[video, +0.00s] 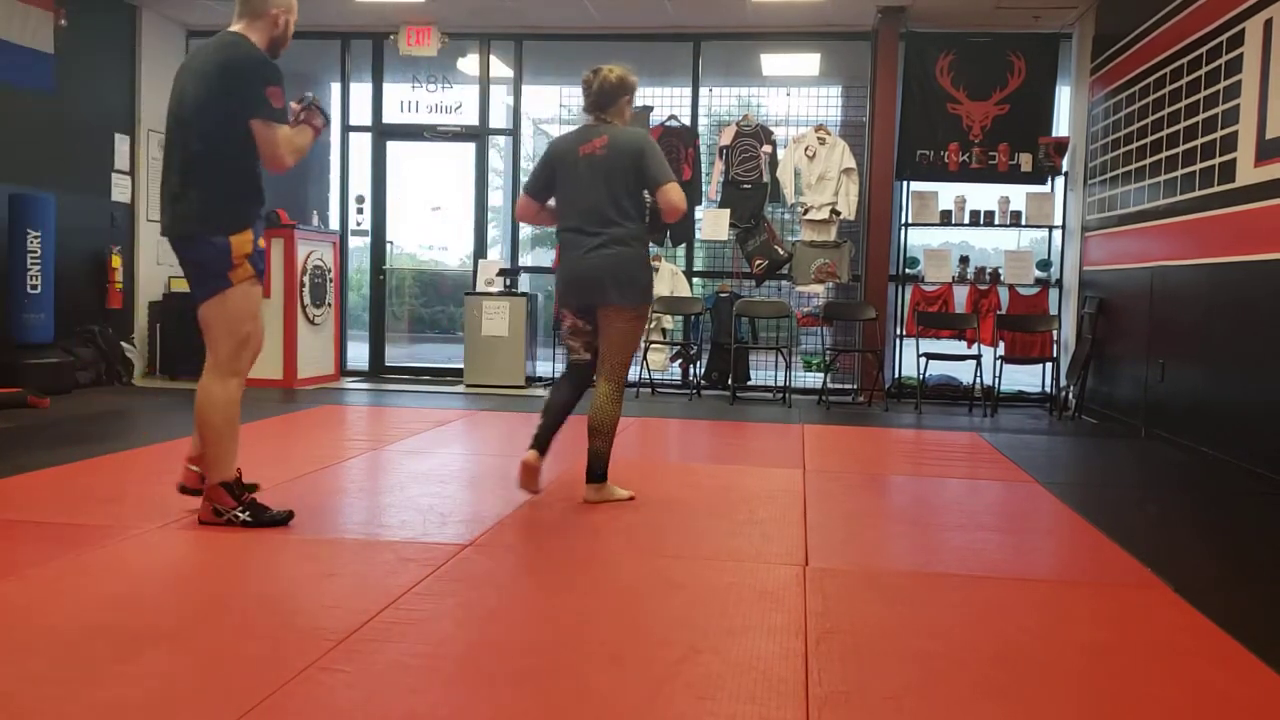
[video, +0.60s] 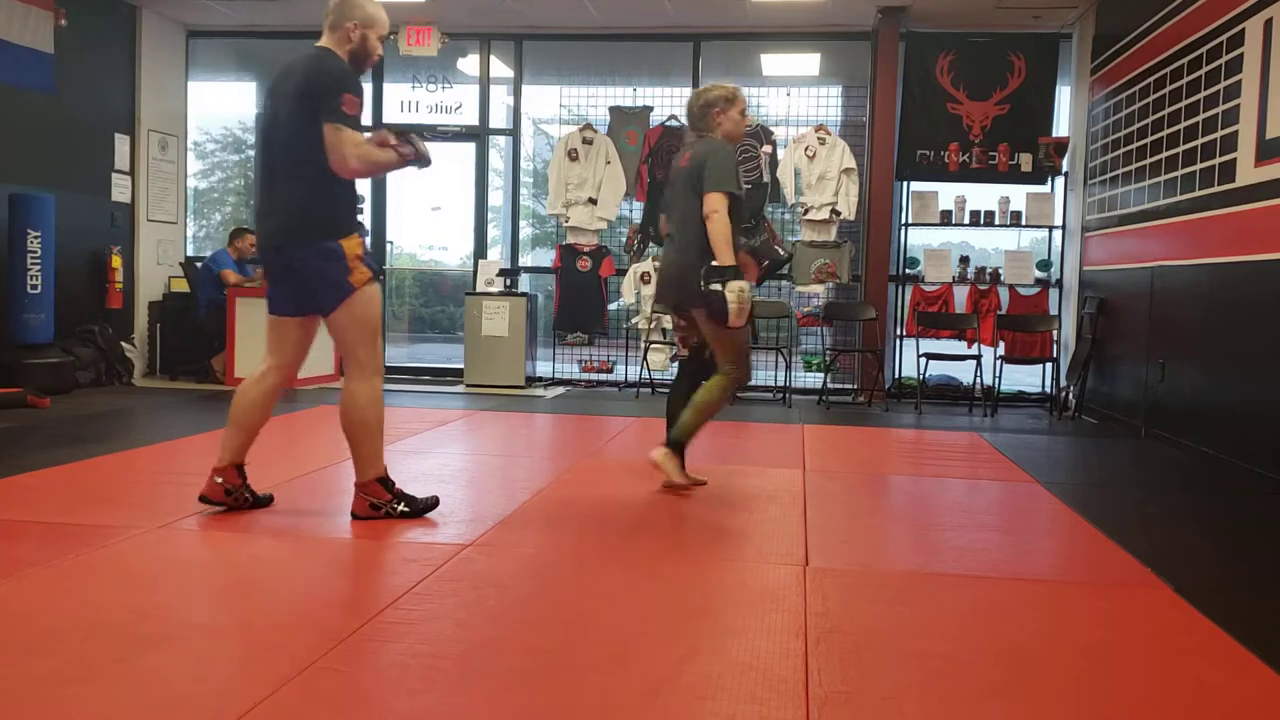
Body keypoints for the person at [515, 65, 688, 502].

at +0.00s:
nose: (634, 110)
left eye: (633, 103)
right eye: (633, 103)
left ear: (588, 103)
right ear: (624, 104)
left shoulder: (562, 145)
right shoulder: (638, 141)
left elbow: (526, 209)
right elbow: (675, 205)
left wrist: (569, 216)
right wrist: (653, 211)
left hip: (574, 269)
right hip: (625, 269)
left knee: (578, 368)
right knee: (611, 379)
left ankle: (536, 451)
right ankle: (597, 483)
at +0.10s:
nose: (650, 112)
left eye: (650, 106)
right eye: (649, 106)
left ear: (604, 106)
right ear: (640, 106)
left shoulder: (577, 145)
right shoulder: (652, 142)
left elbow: (546, 213)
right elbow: (685, 206)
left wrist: (585, 218)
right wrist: (667, 211)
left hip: (586, 267)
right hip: (637, 266)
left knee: (609, 364)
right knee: (616, 377)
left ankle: (585, 459)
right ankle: (597, 482)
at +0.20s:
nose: (666, 117)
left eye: (666, 110)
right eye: (665, 109)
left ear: (620, 109)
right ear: (655, 109)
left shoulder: (595, 152)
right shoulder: (666, 146)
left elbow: (565, 217)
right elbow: (698, 211)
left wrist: (605, 224)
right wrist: (694, 228)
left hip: (604, 268)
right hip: (650, 266)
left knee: (635, 366)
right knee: (622, 374)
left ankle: (640, 467)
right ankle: (596, 482)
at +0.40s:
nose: (701, 126)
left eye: (701, 118)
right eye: (699, 118)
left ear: (660, 119)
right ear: (684, 116)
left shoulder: (636, 162)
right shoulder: (690, 156)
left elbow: (608, 226)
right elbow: (706, 223)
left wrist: (643, 244)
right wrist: (737, 267)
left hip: (641, 273)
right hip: (678, 274)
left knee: (674, 369)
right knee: (650, 377)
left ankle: (674, 469)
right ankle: (601, 472)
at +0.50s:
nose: (724, 123)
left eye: (723, 115)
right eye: (720, 115)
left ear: (687, 117)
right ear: (702, 115)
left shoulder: (656, 159)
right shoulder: (705, 153)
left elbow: (636, 227)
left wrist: (679, 236)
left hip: (657, 271)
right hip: (693, 271)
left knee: (684, 371)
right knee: (693, 374)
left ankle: (674, 469)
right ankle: (623, 453)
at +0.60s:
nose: (747, 121)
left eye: (745, 113)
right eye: (741, 113)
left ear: (712, 117)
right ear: (718, 115)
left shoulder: (686, 153)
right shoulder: (718, 151)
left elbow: (666, 226)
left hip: (677, 276)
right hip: (703, 278)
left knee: (696, 364)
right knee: (734, 369)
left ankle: (675, 461)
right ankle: (672, 449)